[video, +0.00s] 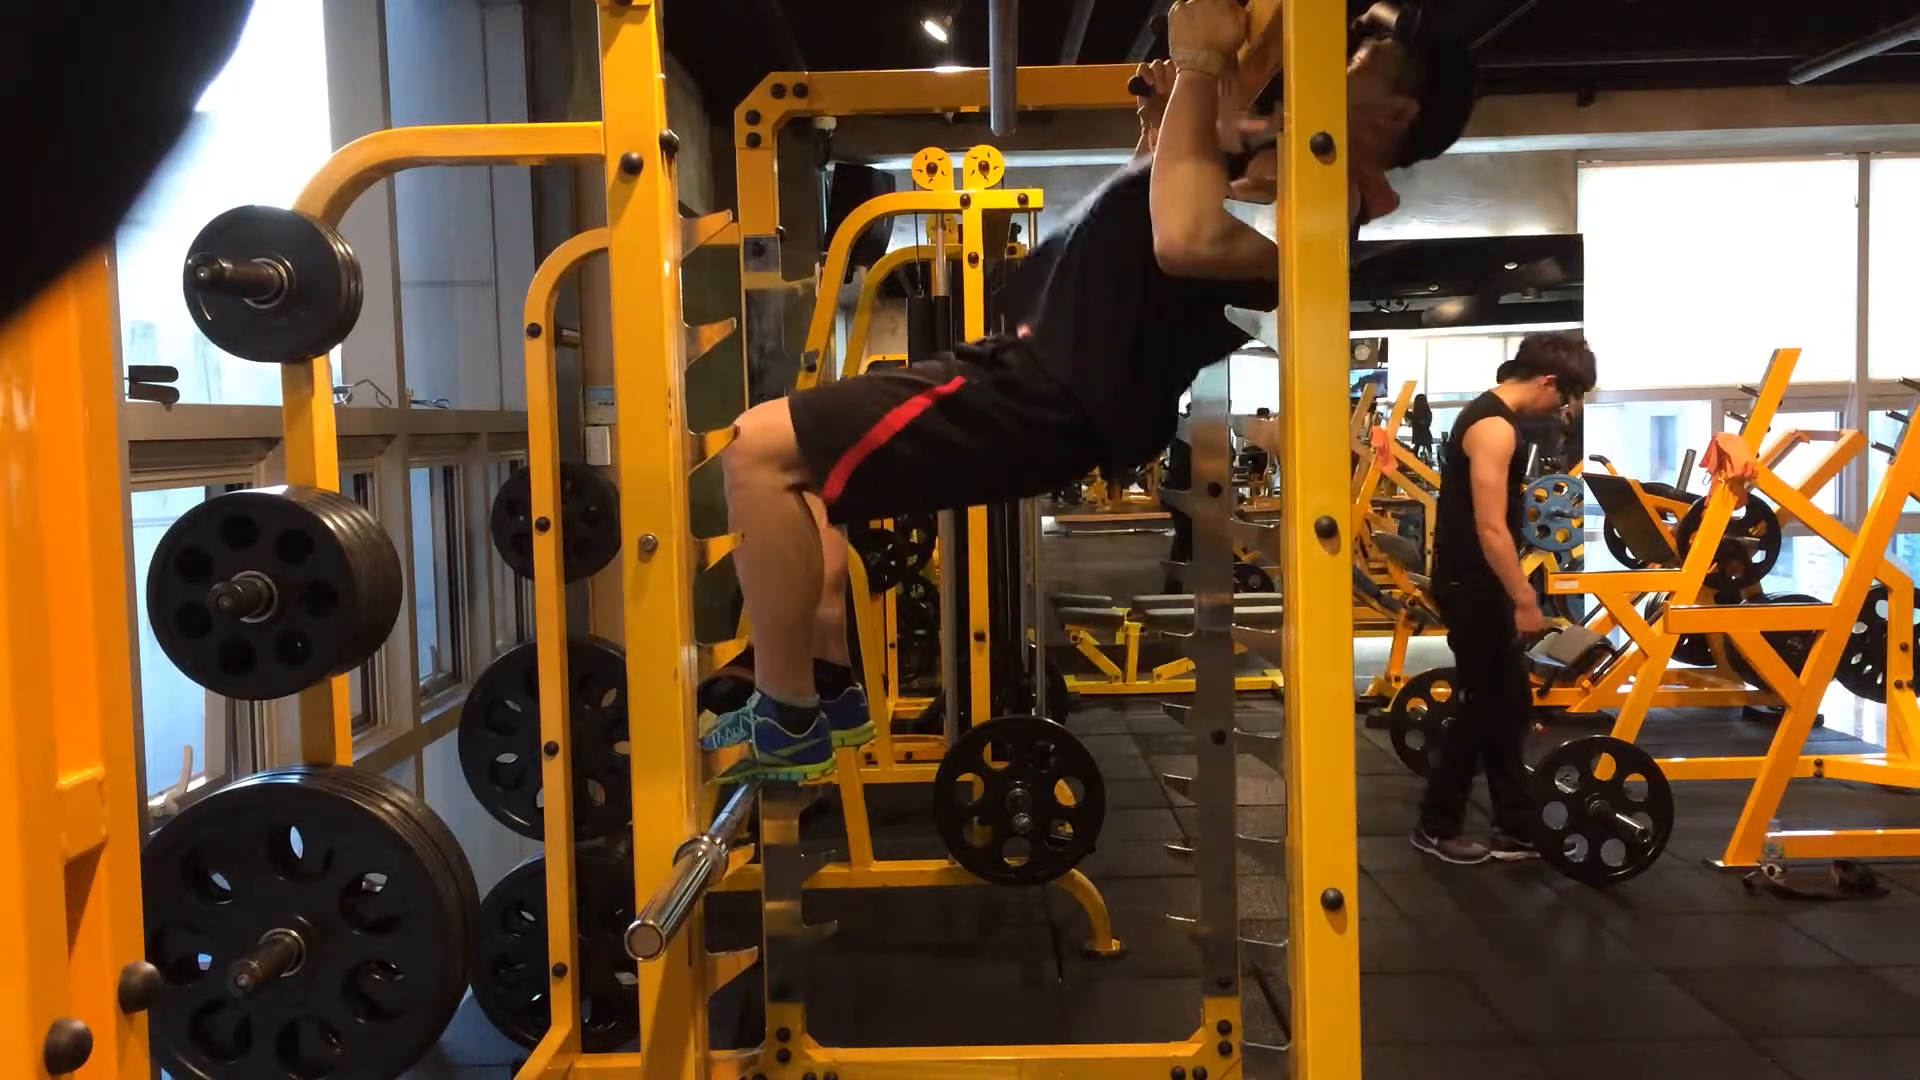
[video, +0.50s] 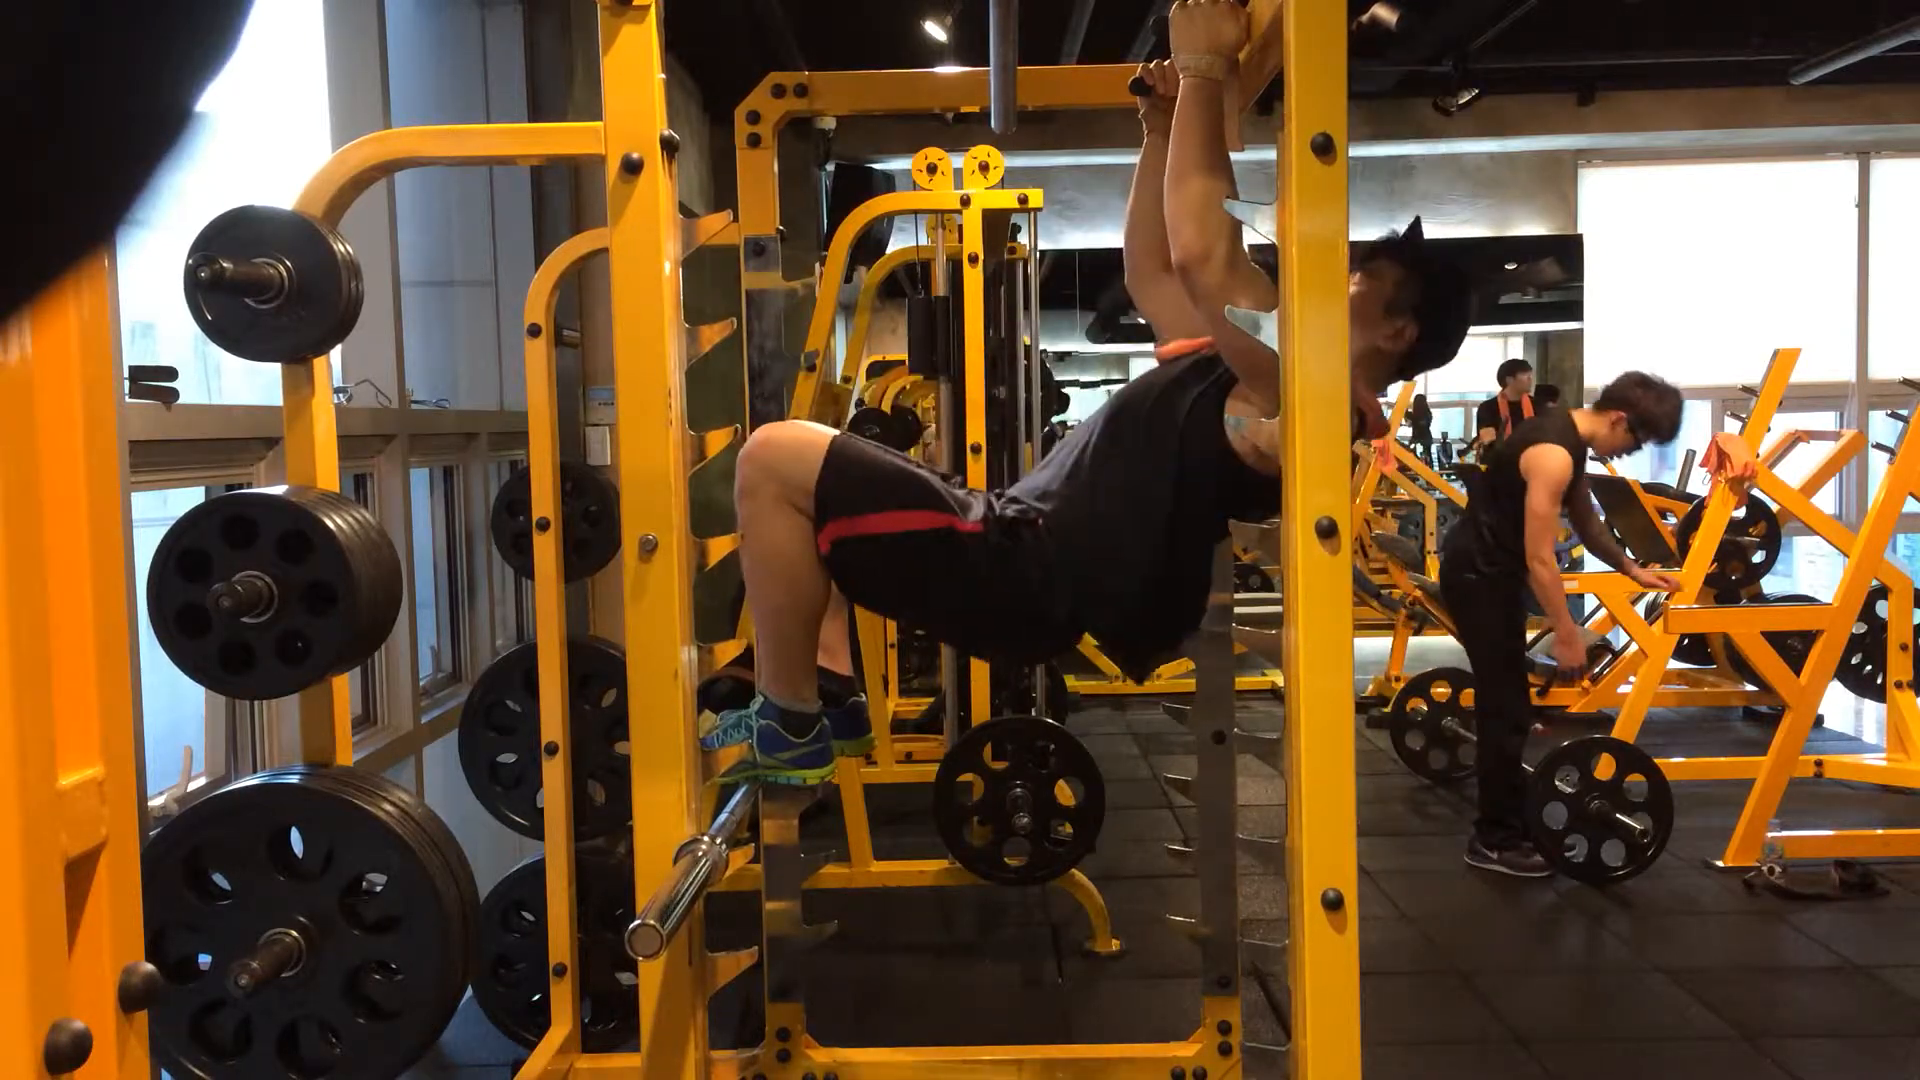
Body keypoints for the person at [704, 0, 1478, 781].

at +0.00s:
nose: (1345, 48)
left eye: (1371, 50)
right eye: (1362, 37)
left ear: (1399, 115)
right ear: (1373, 95)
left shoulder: (1333, 213)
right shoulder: (1296, 160)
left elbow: (1190, 241)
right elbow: (1187, 202)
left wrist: (1202, 69)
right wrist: (1190, 96)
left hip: (1063, 397)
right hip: (1042, 369)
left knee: (758, 451)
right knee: (794, 441)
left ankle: (787, 716)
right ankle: (826, 675)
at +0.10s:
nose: (1348, 118)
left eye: (1374, 117)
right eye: (1358, 102)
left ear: (1410, 164)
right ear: (1346, 113)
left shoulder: (1347, 239)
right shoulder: (1313, 212)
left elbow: (1188, 246)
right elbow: (1143, 241)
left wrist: (1206, 75)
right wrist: (1161, 123)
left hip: (1050, 436)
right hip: (1040, 411)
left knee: (757, 454)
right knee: (794, 449)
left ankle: (786, 714)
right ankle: (827, 673)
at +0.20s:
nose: (1345, 168)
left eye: (1374, 168)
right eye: (1361, 158)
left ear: (1407, 224)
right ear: (1366, 199)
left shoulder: (1346, 300)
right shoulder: (1314, 293)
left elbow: (1195, 248)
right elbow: (1139, 276)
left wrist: (1207, 72)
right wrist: (1157, 127)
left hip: (1055, 486)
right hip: (1035, 449)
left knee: (760, 458)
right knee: (798, 447)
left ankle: (785, 715)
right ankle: (824, 672)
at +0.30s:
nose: (1346, 226)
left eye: (1372, 222)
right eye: (1364, 214)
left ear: (1408, 270)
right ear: (1402, 265)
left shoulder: (1351, 343)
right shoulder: (1313, 347)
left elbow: (1205, 258)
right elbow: (1149, 282)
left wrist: (1207, 75)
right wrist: (1157, 128)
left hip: (1039, 528)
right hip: (1042, 508)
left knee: (764, 460)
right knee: (802, 452)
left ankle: (787, 717)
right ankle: (826, 673)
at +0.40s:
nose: (1338, 258)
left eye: (1365, 257)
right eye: (1354, 248)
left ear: (1398, 310)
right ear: (1386, 312)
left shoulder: (1321, 394)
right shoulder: (1279, 377)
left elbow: (1207, 256)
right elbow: (1155, 287)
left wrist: (1205, 76)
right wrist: (1158, 132)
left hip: (1038, 564)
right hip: (1034, 534)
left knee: (772, 460)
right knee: (806, 454)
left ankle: (786, 719)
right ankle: (827, 679)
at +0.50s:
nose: (1338, 281)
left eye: (1365, 281)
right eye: (1351, 269)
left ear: (1395, 335)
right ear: (1366, 319)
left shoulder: (1320, 406)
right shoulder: (1269, 377)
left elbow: (1208, 261)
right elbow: (1154, 287)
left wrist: (1207, 76)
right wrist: (1159, 129)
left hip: (1034, 577)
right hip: (1022, 539)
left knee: (772, 461)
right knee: (808, 457)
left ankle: (786, 717)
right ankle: (829, 682)